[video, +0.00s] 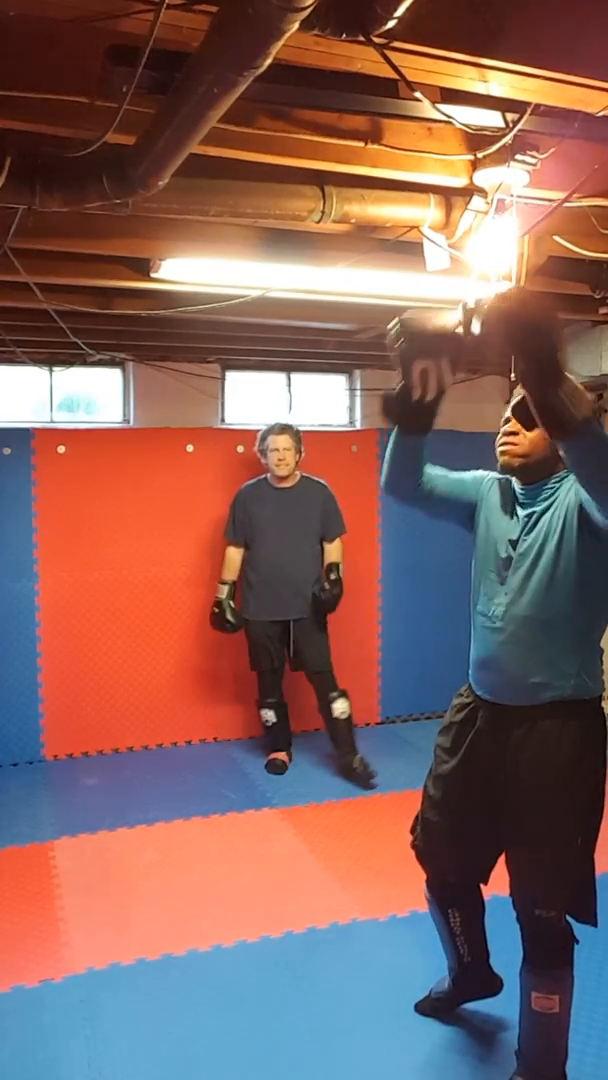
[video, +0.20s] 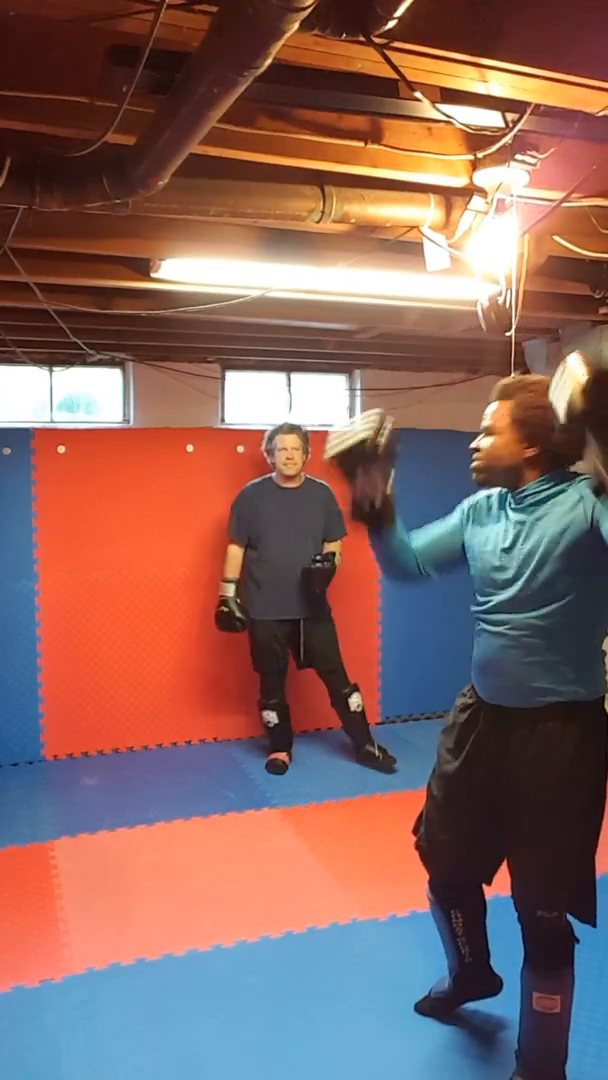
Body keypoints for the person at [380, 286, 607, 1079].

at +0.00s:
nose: (510, 428)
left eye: (525, 421)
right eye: (507, 417)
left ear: (562, 435)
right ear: (502, 429)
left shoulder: (588, 501)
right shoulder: (487, 489)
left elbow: (604, 483)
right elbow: (403, 482)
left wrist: (558, 391)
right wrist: (419, 405)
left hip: (561, 724)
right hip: (479, 713)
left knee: (543, 905)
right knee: (440, 847)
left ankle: (543, 1066)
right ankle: (473, 974)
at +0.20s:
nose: (477, 443)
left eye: (490, 433)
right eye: (480, 432)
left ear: (535, 444)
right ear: (512, 444)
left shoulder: (584, 505)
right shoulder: (478, 511)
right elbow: (405, 562)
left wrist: (595, 430)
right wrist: (376, 504)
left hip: (563, 723)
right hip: (483, 714)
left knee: (544, 904)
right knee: (445, 850)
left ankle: (542, 1067)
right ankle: (471, 971)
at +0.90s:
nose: (477, 461)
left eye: (480, 448)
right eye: (479, 448)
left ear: (503, 451)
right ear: (538, 446)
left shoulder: (534, 502)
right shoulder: (566, 498)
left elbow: (505, 608)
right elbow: (536, 594)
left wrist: (446, 578)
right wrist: (472, 558)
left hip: (543, 704)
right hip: (573, 698)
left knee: (540, 870)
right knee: (567, 856)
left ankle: (542, 1064)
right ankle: (590, 985)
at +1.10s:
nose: (484, 480)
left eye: (489, 466)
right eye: (482, 468)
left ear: (526, 459)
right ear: (533, 460)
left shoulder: (537, 518)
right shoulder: (580, 505)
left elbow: (479, 609)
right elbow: (538, 593)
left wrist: (420, 577)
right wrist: (464, 570)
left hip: (541, 704)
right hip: (581, 695)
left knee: (521, 875)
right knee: (573, 846)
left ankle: (536, 1058)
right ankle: (598, 980)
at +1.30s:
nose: (477, 475)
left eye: (481, 462)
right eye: (475, 464)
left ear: (511, 455)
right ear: (528, 456)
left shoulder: (520, 504)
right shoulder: (579, 502)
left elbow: (467, 590)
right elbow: (512, 577)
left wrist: (410, 568)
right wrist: (433, 556)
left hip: (527, 685)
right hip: (579, 682)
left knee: (484, 838)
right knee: (570, 833)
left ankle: (492, 1015)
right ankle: (596, 974)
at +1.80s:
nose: (412, 471)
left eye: (415, 462)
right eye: (415, 462)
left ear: (429, 462)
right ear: (475, 458)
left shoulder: (409, 507)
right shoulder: (510, 504)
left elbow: (378, 598)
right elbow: (479, 577)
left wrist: (356, 558)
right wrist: (397, 551)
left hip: (443, 681)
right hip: (507, 677)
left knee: (435, 832)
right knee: (502, 811)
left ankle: (434, 976)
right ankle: (537, 941)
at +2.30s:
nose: (389, 474)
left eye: (391, 466)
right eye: (393, 467)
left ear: (401, 465)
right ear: (453, 466)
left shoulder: (376, 505)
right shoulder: (477, 504)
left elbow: (366, 596)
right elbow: (465, 578)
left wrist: (360, 544)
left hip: (413, 669)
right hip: (473, 666)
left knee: (391, 815)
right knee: (451, 804)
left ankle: (425, 958)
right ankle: (443, 924)